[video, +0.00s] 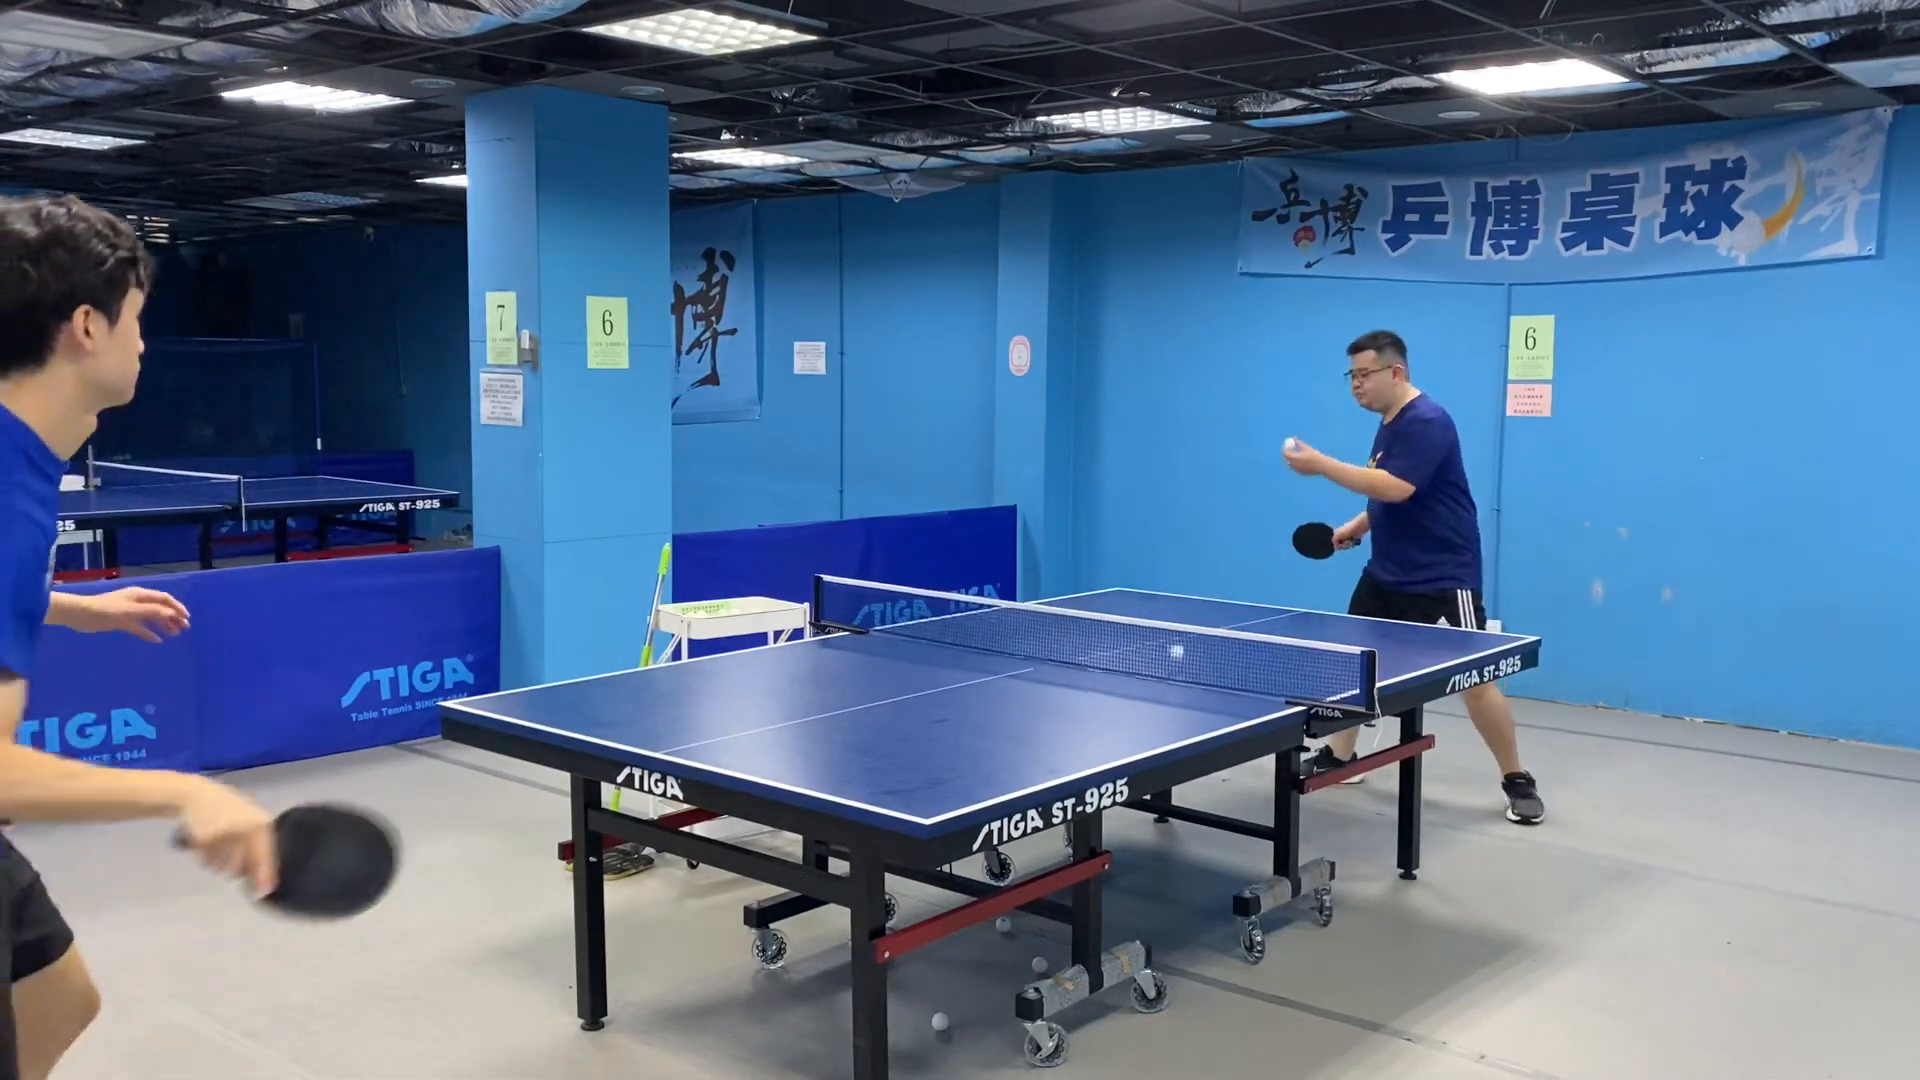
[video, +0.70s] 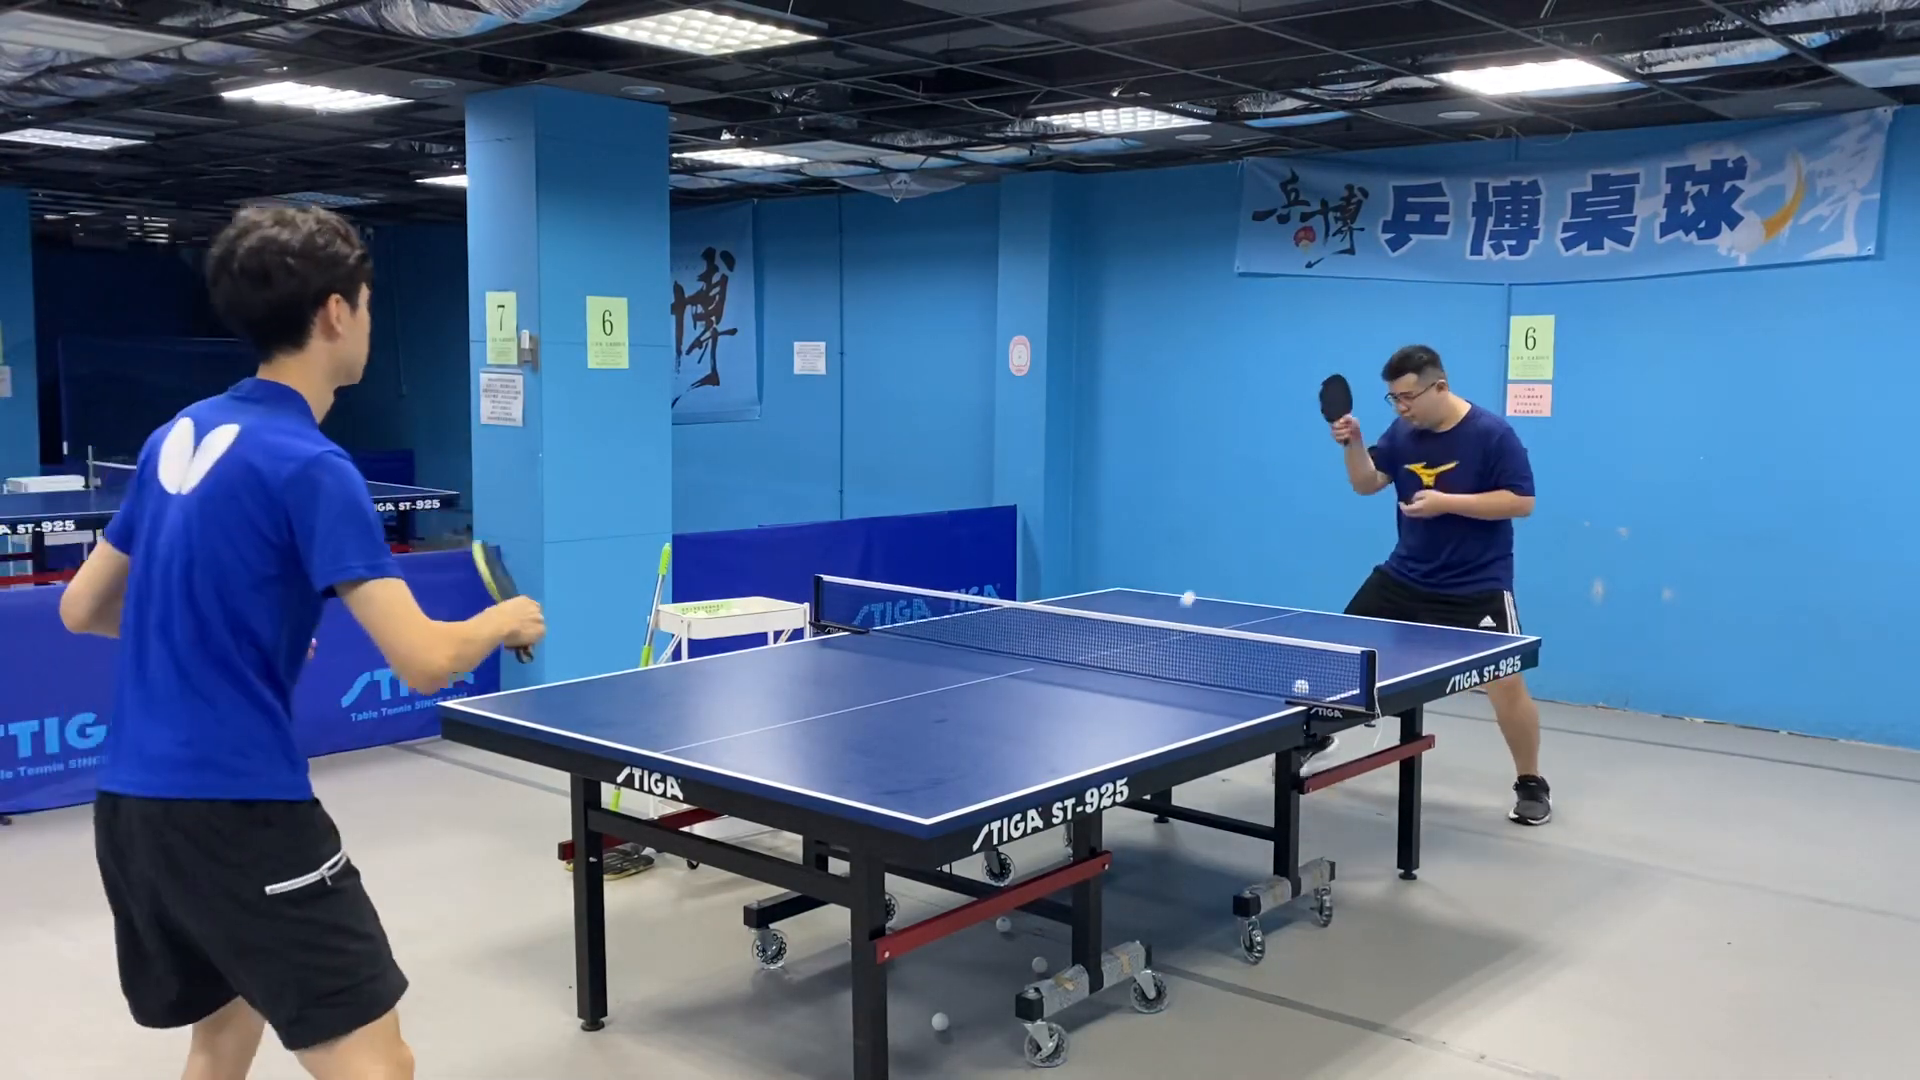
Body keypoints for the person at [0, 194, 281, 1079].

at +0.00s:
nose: (144, 345)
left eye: (144, 320)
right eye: (138, 320)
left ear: (75, 327)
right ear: (82, 329)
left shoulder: (27, 472)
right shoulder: (17, 500)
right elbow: (4, 770)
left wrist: (84, 610)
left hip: (4, 834)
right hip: (1, 839)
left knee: (58, 1005)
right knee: (57, 1008)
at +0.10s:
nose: (164, 324)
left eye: (163, 299)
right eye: (160, 299)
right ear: (111, 309)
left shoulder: (27, 440)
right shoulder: (43, 484)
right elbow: (129, 735)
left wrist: (86, 597)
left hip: (12, 838)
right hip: (2, 858)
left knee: (86, 1000)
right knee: (46, 1049)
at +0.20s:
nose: (187, 316)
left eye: (186, 291)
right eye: (183, 290)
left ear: (54, 306)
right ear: (139, 300)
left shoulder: (23, 429)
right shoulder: (94, 475)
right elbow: (225, 696)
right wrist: (403, 620)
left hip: (30, 840)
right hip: (24, 864)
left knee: (116, 1024)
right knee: (47, 1063)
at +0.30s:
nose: (211, 318)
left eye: (206, 294)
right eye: (205, 294)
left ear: (78, 314)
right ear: (167, 308)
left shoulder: (31, 440)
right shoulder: (135, 477)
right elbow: (276, 684)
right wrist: (425, 594)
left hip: (29, 844)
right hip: (67, 865)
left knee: (164, 1031)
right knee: (97, 1064)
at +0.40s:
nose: (237, 325)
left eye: (232, 302)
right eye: (230, 301)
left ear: (115, 327)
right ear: (196, 315)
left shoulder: (45, 460)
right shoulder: (182, 481)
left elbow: (10, 641)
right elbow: (298, 686)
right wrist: (417, 599)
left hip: (37, 842)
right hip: (127, 857)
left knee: (168, 1060)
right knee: (203, 1065)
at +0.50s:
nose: (274, 316)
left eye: (267, 294)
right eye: (266, 295)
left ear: (152, 319)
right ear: (233, 311)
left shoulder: (98, 445)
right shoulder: (219, 472)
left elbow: (18, 618)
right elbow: (323, 674)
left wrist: (141, 645)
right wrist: (419, 602)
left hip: (78, 811)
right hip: (169, 820)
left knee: (213, 1031)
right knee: (311, 1059)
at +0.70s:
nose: (368, 324)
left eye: (366, 303)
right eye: (364, 302)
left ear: (252, 314)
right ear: (334, 313)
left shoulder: (179, 433)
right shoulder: (312, 465)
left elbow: (87, 607)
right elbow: (424, 659)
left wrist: (205, 604)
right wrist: (502, 621)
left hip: (135, 803)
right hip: (241, 809)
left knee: (226, 1022)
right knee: (373, 1062)